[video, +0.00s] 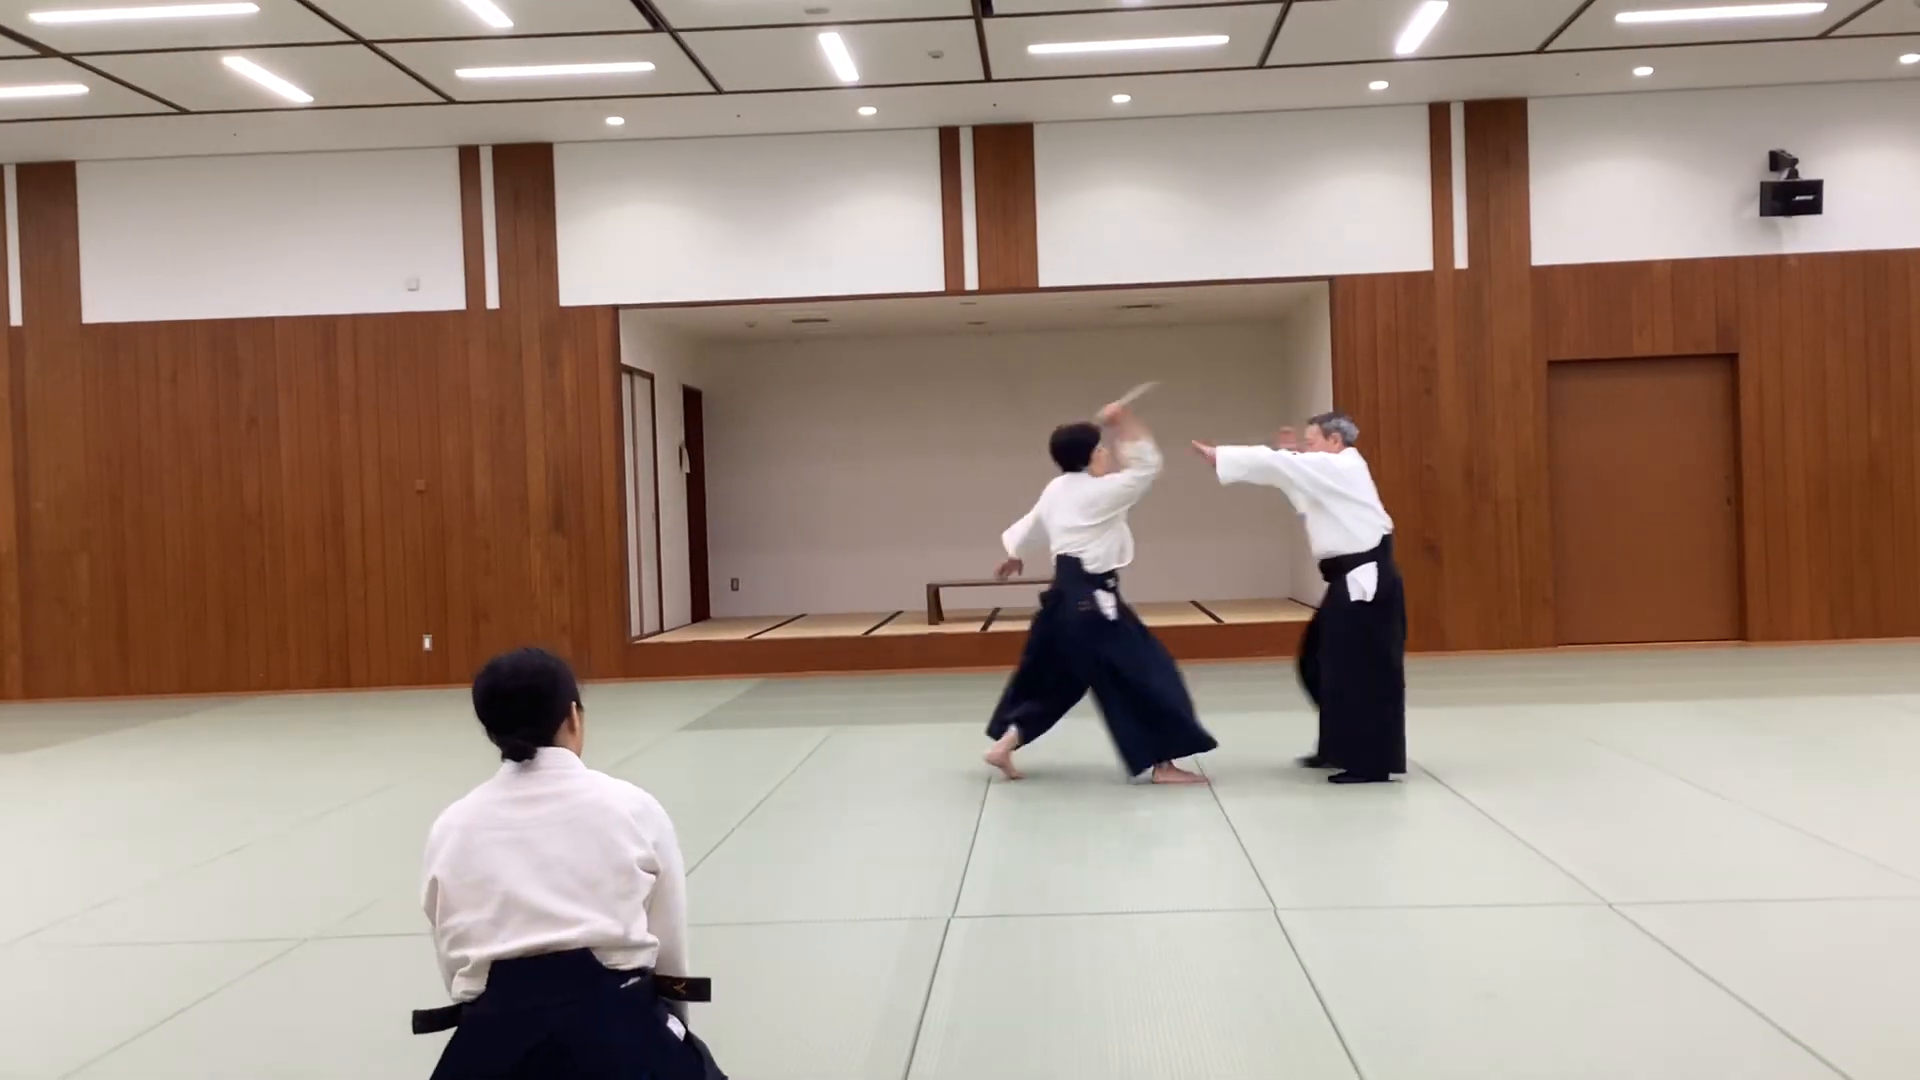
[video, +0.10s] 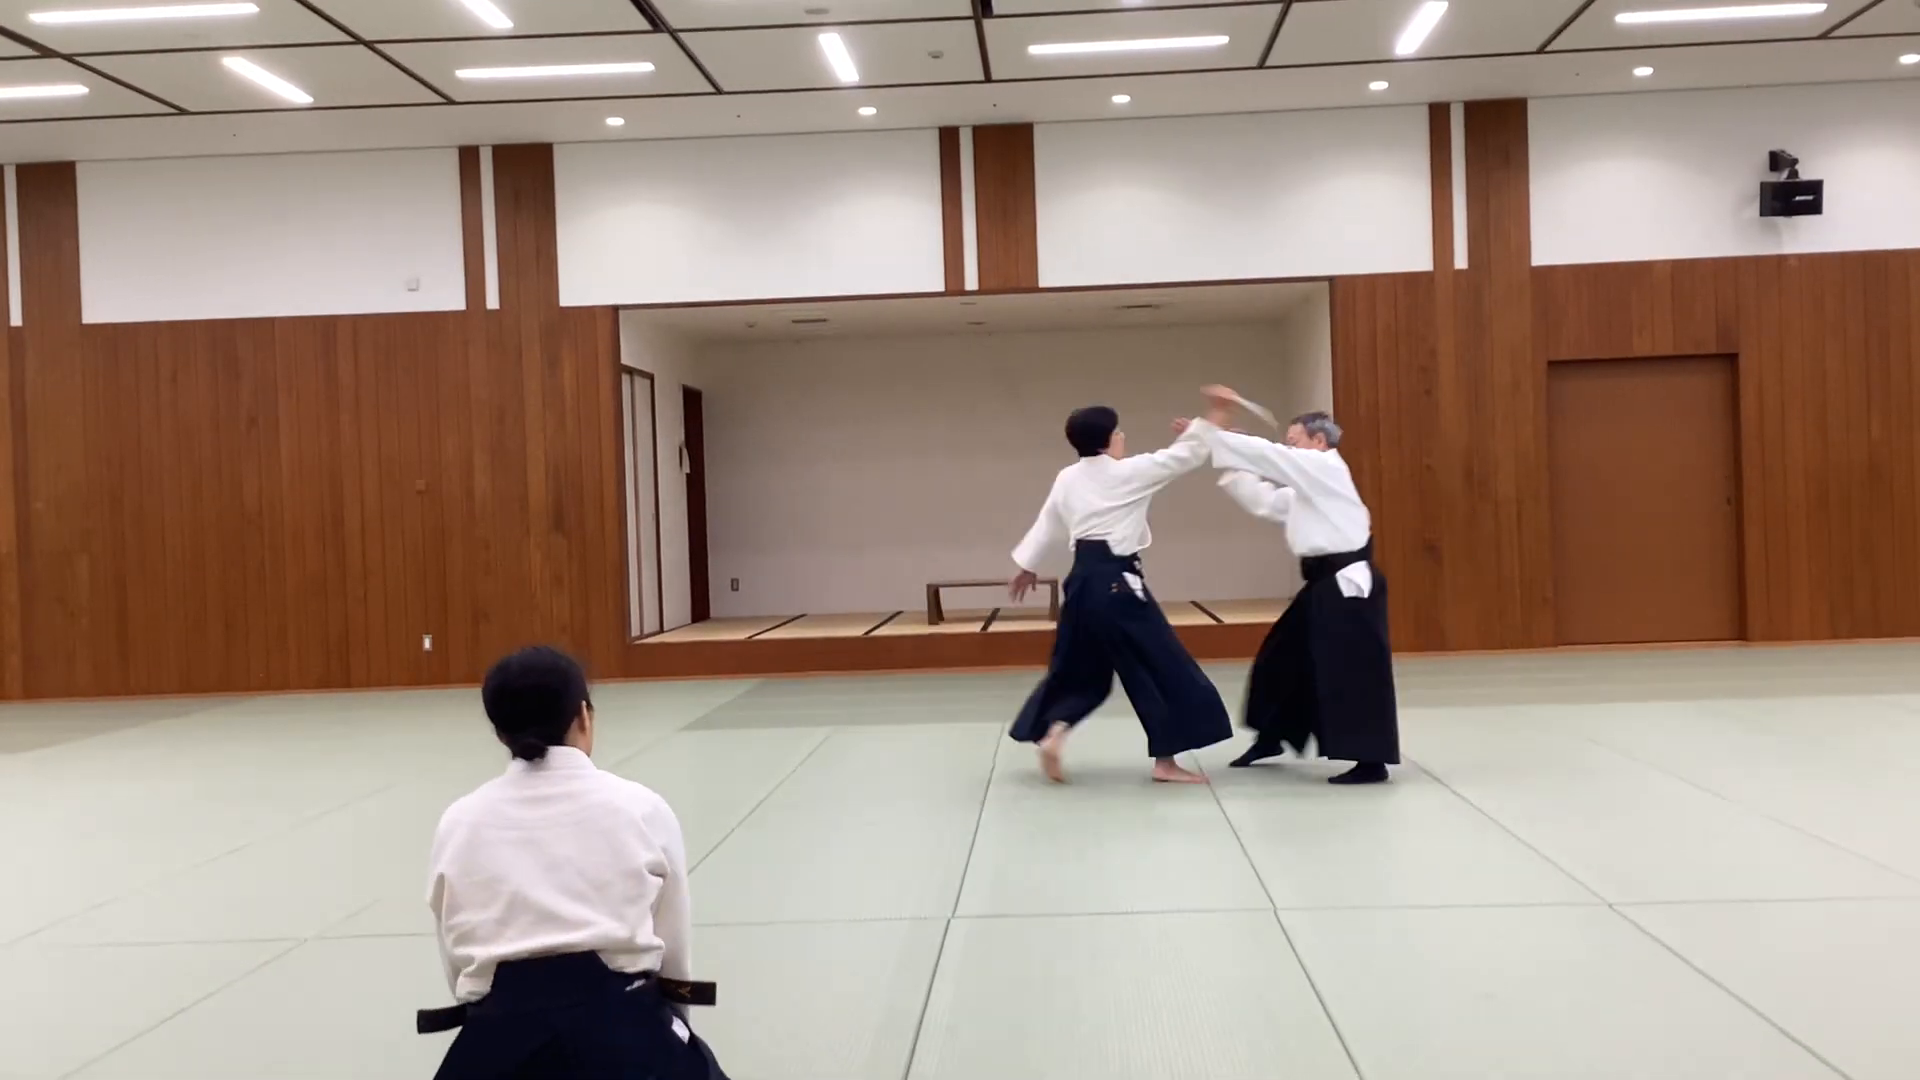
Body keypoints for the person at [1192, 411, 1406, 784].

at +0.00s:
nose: (1306, 447)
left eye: (1312, 440)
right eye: (1306, 440)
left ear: (1334, 440)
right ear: (1333, 440)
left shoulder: (1342, 465)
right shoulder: (1329, 464)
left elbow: (1284, 463)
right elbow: (1309, 475)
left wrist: (1222, 456)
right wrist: (1293, 454)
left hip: (1369, 580)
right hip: (1348, 579)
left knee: (1363, 671)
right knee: (1316, 661)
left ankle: (1371, 763)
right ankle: (1336, 748)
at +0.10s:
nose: (1286, 447)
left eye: (1293, 440)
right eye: (1286, 441)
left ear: (1319, 441)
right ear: (1312, 441)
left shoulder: (1327, 467)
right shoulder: (1303, 490)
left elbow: (1262, 453)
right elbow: (1261, 497)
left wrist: (1204, 433)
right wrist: (1221, 460)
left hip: (1349, 582)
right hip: (1322, 584)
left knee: (1358, 670)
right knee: (1280, 653)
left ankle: (1372, 761)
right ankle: (1270, 736)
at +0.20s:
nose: (1270, 442)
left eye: (1277, 436)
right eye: (1268, 436)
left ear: (1298, 437)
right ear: (1270, 438)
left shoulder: (1319, 465)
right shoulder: (1268, 480)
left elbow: (1271, 448)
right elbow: (1227, 504)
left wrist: (1222, 428)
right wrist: (1214, 473)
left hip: (1332, 576)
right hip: (1293, 578)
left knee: (1345, 665)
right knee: (1265, 659)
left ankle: (1366, 755)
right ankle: (1269, 746)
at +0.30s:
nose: (1259, 437)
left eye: (1267, 431)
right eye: (1254, 433)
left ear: (1284, 437)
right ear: (1250, 440)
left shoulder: (1307, 465)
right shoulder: (1243, 476)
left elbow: (1271, 453)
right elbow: (1215, 523)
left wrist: (1239, 425)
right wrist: (1218, 486)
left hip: (1311, 572)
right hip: (1270, 575)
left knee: (1325, 657)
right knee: (1256, 660)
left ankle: (1338, 744)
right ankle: (1268, 747)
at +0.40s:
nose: (1249, 448)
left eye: (1257, 441)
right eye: (1242, 441)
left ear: (1273, 439)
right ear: (1235, 442)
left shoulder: (1289, 470)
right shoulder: (1227, 479)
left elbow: (1298, 482)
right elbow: (1212, 534)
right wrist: (1229, 495)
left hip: (1290, 574)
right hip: (1248, 576)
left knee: (1306, 657)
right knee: (1249, 664)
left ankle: (1294, 728)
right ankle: (1266, 746)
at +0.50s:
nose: (1234, 451)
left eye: (1241, 443)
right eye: (1227, 444)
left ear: (1257, 443)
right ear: (1221, 445)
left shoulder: (1279, 471)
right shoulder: (1210, 482)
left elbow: (1281, 504)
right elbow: (1196, 532)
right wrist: (1228, 538)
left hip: (1271, 577)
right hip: (1230, 579)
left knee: (1267, 659)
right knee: (1236, 660)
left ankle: (1262, 741)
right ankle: (1241, 744)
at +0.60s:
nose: (1227, 453)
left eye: (1232, 445)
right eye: (1223, 445)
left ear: (1241, 445)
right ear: (1215, 447)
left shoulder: (1268, 478)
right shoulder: (1201, 481)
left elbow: (1286, 520)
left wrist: (1281, 545)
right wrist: (1243, 560)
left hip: (1257, 579)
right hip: (1212, 579)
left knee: (1268, 655)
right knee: (1218, 656)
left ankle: (1285, 734)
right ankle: (1219, 738)